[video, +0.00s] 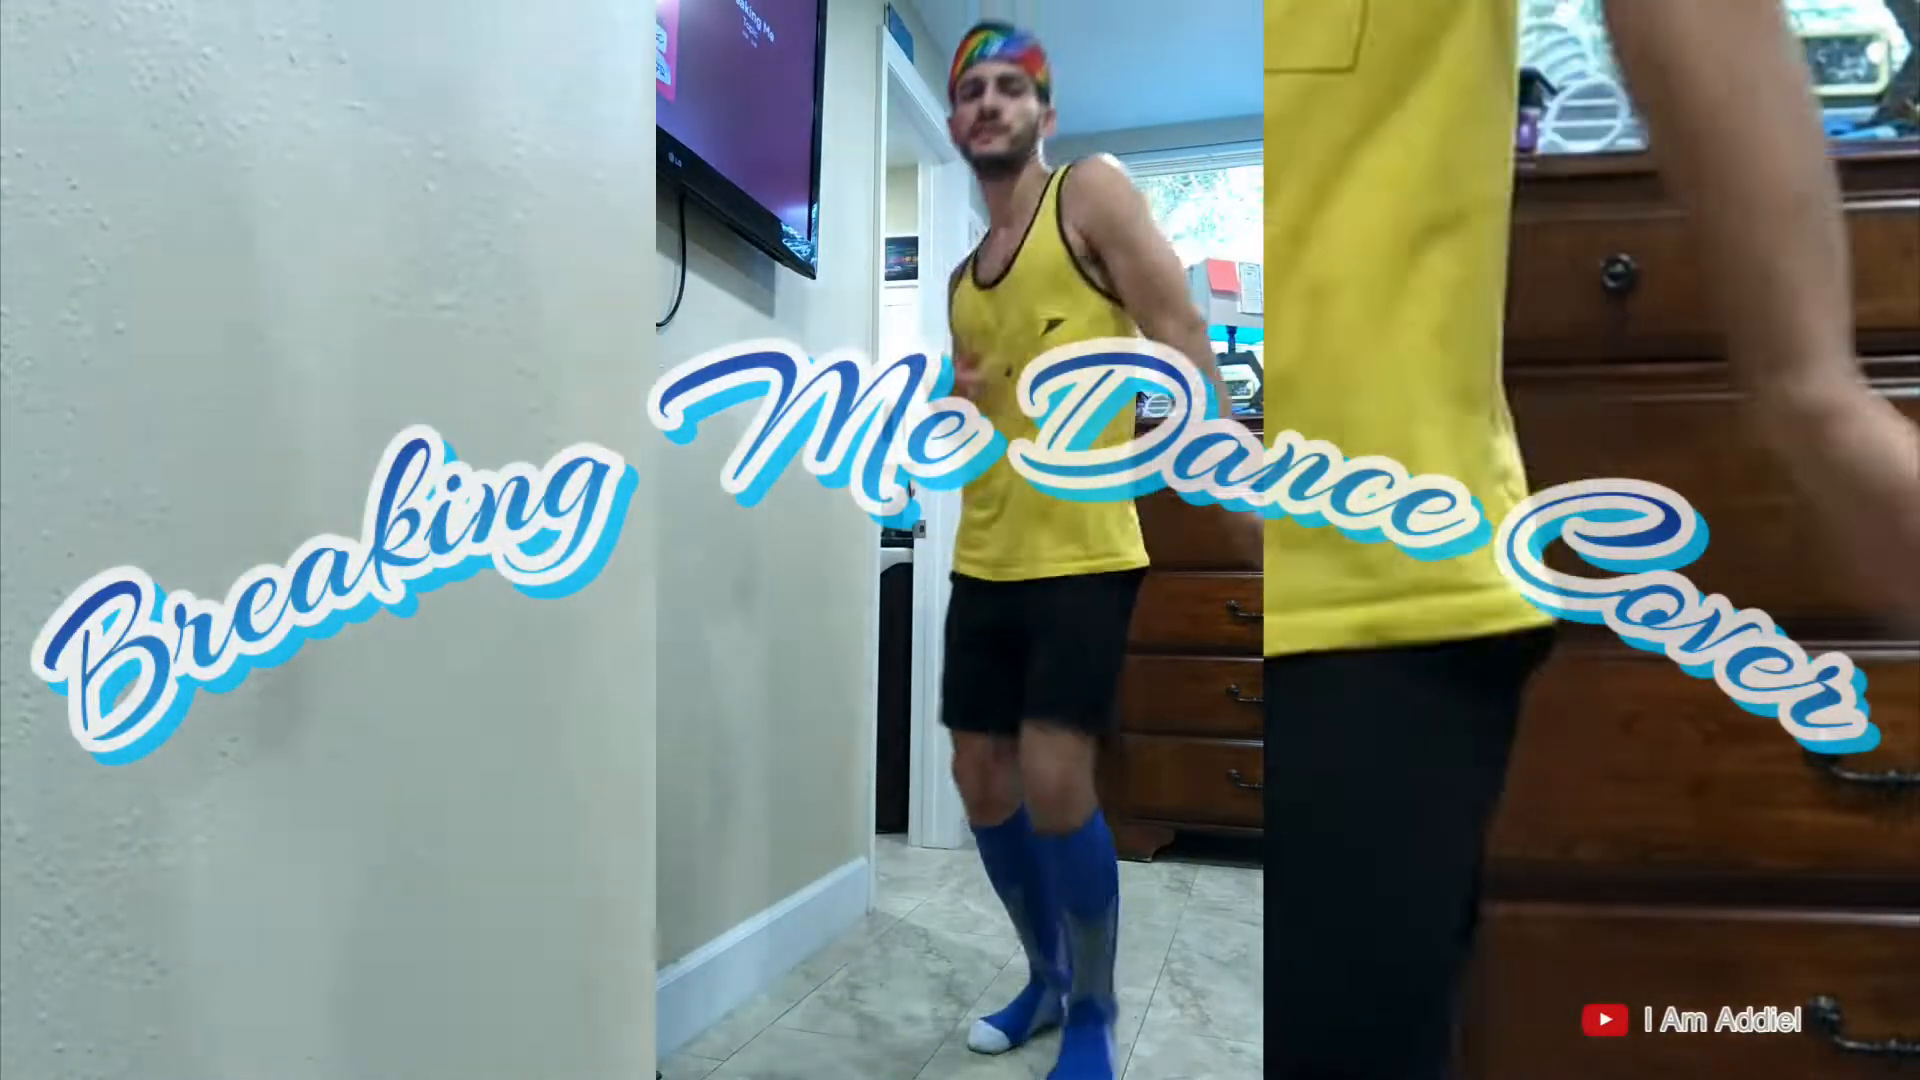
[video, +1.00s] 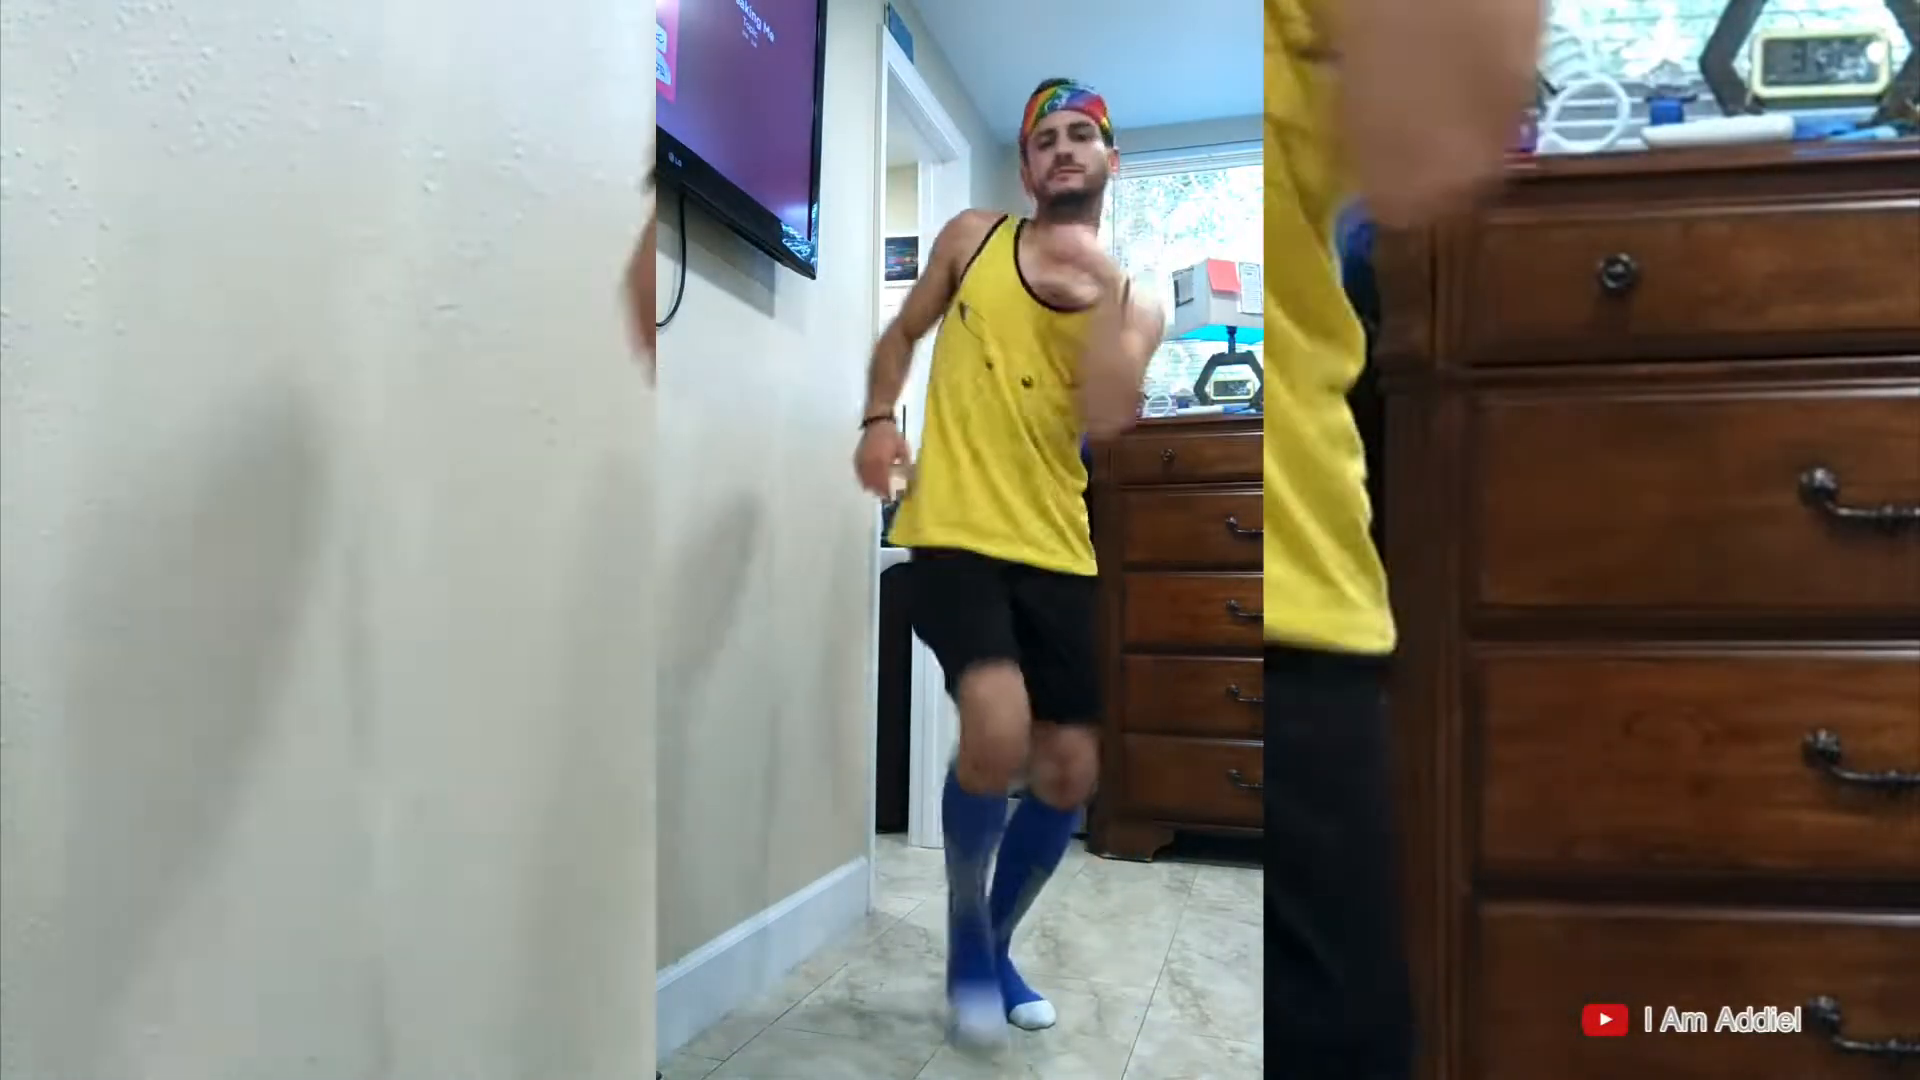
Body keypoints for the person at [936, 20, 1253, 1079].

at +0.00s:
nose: (988, 105)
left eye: (1008, 90)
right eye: (971, 93)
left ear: (1044, 112)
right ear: (953, 121)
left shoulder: (1088, 189)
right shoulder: (969, 269)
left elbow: (1183, 334)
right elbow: (968, 404)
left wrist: (1153, 437)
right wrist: (902, 447)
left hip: (1083, 545)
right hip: (986, 553)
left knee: (1052, 775)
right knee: (981, 775)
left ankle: (1093, 1019)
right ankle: (1049, 980)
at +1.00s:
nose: (1063, 149)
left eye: (1080, 136)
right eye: (1046, 141)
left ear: (1112, 162)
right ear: (1025, 167)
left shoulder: (1131, 297)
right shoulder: (975, 235)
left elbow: (1105, 419)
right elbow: (899, 335)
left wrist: (1113, 296)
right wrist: (879, 422)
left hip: (1054, 538)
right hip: (950, 520)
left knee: (1069, 767)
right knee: (997, 725)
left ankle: (991, 941)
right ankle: (969, 944)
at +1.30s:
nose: (1015, 128)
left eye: (1035, 112)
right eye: (1000, 115)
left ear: (1069, 130)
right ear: (980, 137)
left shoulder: (1107, 222)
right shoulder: (963, 252)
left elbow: (1040, 291)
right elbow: (964, 381)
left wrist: (913, 287)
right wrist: (919, 391)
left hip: (1045, 518)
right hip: (947, 502)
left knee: (1024, 746)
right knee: (903, 690)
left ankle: (1003, 944)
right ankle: (939, 894)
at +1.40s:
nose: (996, 148)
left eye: (1015, 132)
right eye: (979, 135)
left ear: (1047, 146)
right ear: (960, 156)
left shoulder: (1077, 206)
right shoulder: (951, 282)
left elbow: (1019, 288)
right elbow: (946, 393)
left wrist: (931, 370)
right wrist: (907, 410)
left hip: (1045, 543)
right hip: (940, 541)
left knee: (1025, 761)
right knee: (874, 736)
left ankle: (1005, 948)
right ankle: (921, 959)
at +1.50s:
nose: (966, 140)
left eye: (986, 125)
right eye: (949, 127)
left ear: (1018, 141)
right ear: (931, 148)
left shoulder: (1049, 196)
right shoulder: (935, 283)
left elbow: (1045, 319)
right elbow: (913, 424)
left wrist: (985, 478)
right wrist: (915, 368)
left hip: (1032, 533)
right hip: (927, 532)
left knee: (1026, 766)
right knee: (885, 759)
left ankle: (1022, 945)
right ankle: (919, 975)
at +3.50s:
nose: (872, 52)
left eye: (896, 40)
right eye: (851, 37)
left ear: (925, 73)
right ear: (821, 70)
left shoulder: (978, 138)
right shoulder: (804, 231)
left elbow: (1068, 291)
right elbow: (788, 400)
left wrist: (1029, 466)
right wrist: (845, 284)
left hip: (979, 518)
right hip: (848, 529)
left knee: (1052, 772)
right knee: (816, 784)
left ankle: (991, 887)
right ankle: (859, 1035)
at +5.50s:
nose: (955, 14)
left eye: (983, 3)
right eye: (944, 7)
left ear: (1037, 35)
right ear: (934, 47)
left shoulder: (1090, 136)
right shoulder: (915, 183)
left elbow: (1042, 206)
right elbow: (928, 343)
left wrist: (877, 138)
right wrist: (877, 422)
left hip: (1034, 518)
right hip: (906, 515)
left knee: (1029, 801)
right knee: (847, 754)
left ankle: (1017, 1037)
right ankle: (898, 966)